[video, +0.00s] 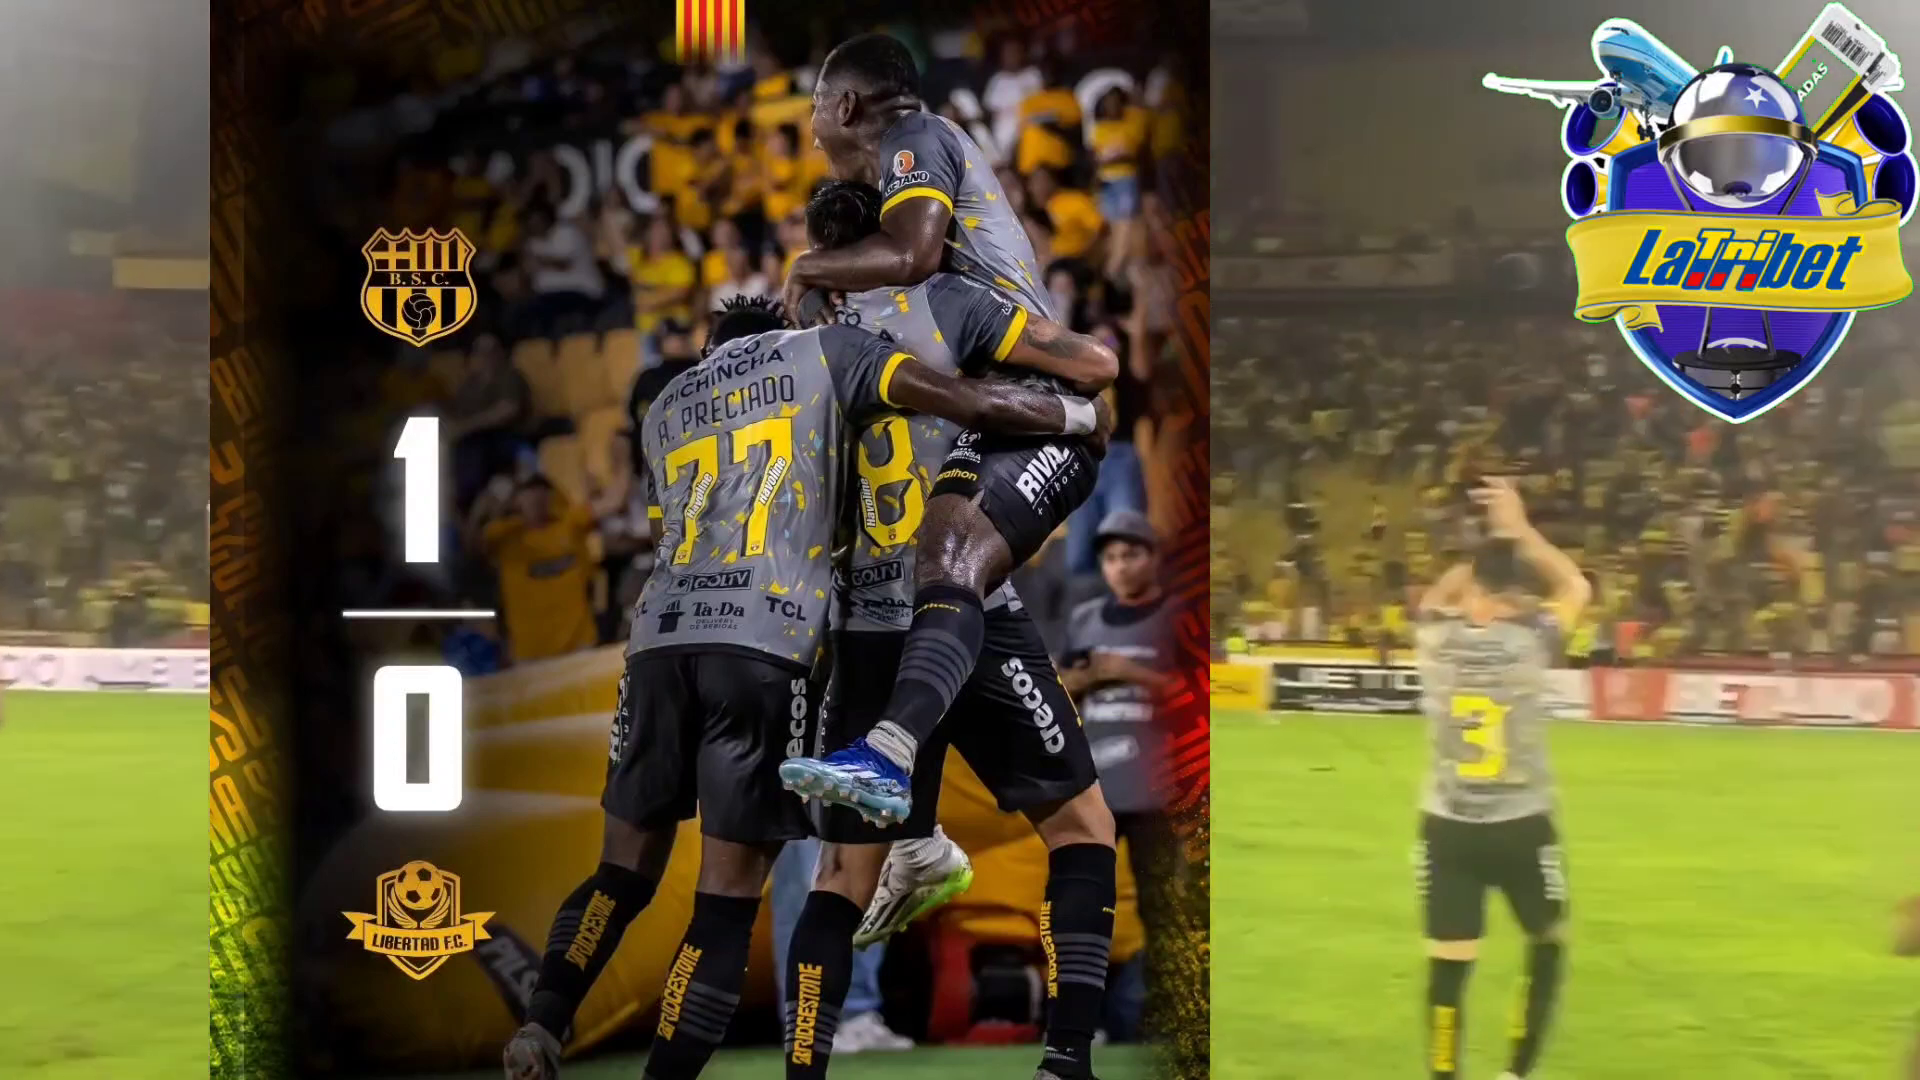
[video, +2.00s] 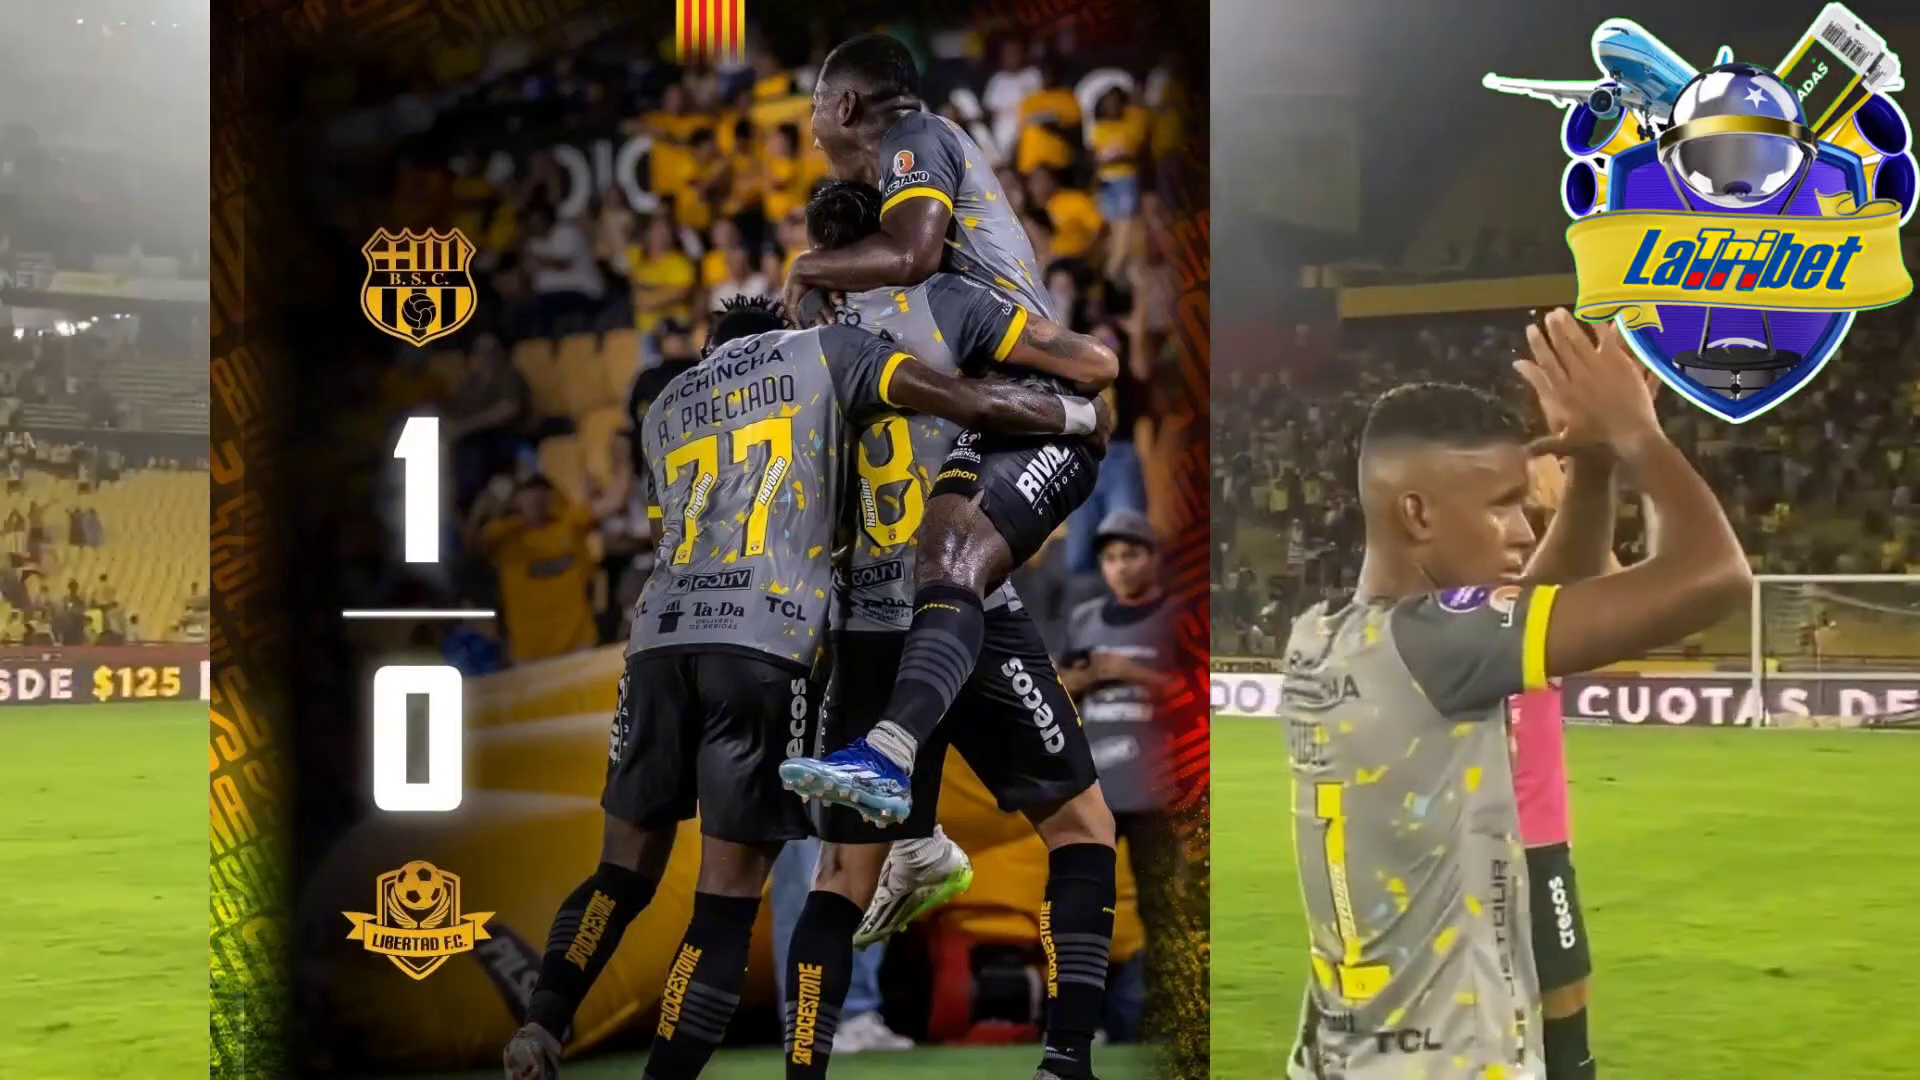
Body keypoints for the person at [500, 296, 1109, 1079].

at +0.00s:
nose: (821, 324)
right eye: (808, 317)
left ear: (708, 345)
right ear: (788, 324)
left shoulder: (661, 408)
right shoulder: (830, 347)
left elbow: (681, 519)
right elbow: (972, 400)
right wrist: (1088, 417)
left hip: (657, 648)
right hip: (762, 648)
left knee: (623, 867)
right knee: (727, 893)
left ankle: (543, 1026)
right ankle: (667, 1075)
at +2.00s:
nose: (822, 324)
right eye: (809, 318)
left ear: (708, 345)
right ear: (788, 324)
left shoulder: (661, 407)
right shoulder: (830, 347)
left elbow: (681, 518)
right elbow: (972, 400)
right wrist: (1088, 417)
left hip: (657, 648)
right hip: (761, 648)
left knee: (623, 867)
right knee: (727, 893)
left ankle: (543, 1026)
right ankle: (666, 1075)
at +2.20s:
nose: (822, 323)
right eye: (811, 317)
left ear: (709, 347)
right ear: (792, 323)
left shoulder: (660, 403)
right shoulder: (830, 348)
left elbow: (678, 521)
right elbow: (971, 399)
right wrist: (1088, 417)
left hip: (657, 648)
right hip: (761, 648)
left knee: (623, 866)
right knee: (727, 892)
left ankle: (541, 1028)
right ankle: (667, 1075)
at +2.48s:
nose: (828, 326)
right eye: (816, 319)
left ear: (709, 345)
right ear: (792, 324)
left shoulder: (661, 406)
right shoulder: (829, 348)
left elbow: (681, 519)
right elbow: (969, 399)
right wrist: (1087, 418)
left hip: (658, 648)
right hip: (762, 648)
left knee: (623, 865)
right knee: (728, 891)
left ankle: (542, 1027)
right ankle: (667, 1076)